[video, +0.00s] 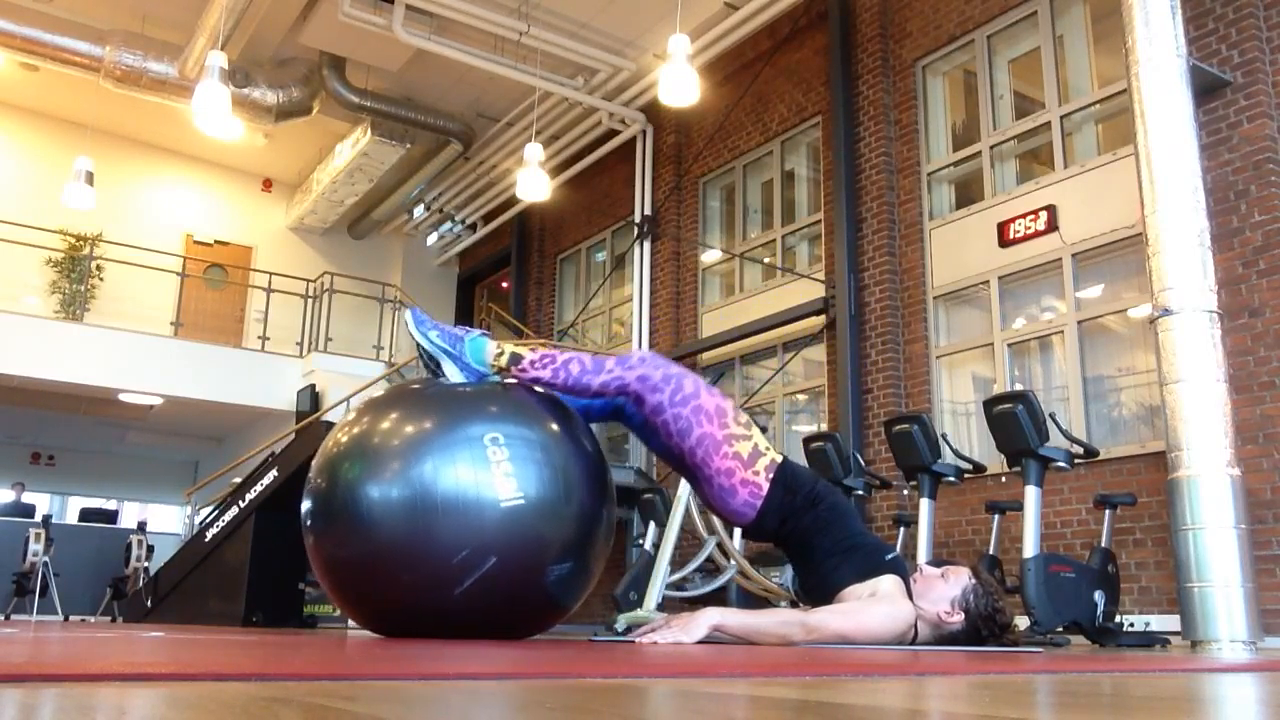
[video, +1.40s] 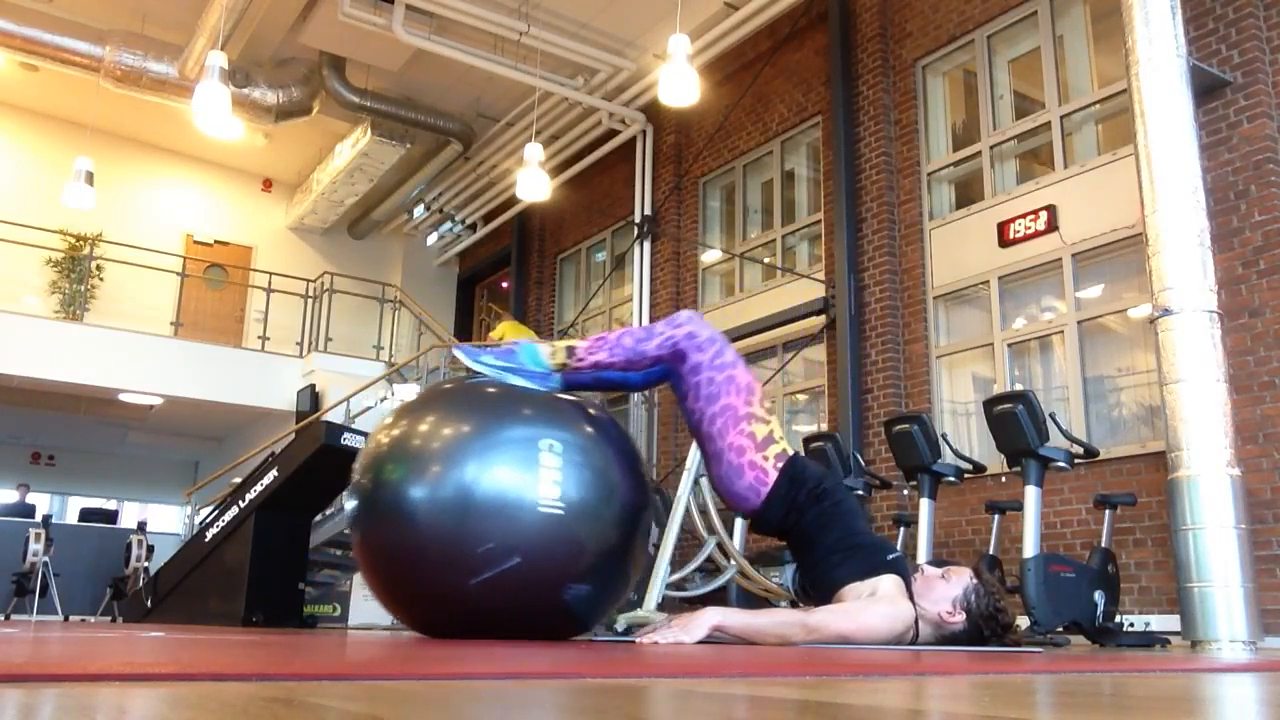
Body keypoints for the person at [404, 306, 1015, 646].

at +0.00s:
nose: (936, 569)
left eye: (949, 581)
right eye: (949, 569)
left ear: (946, 616)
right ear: (942, 595)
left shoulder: (895, 609)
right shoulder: (891, 592)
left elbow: (804, 627)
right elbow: (802, 622)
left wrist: (709, 619)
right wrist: (713, 621)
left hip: (756, 488)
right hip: (766, 475)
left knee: (644, 372)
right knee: (650, 372)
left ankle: (487, 358)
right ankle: (512, 379)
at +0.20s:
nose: (935, 569)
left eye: (947, 580)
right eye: (948, 568)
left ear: (943, 615)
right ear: (943, 604)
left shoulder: (892, 609)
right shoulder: (891, 595)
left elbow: (805, 628)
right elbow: (803, 622)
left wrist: (709, 620)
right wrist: (712, 621)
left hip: (755, 480)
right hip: (767, 473)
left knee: (688, 327)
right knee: (690, 339)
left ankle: (535, 362)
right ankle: (559, 383)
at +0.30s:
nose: (940, 566)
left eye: (949, 577)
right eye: (953, 569)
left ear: (944, 613)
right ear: (944, 602)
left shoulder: (888, 613)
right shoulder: (894, 598)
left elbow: (792, 629)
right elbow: (794, 625)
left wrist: (705, 623)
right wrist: (710, 621)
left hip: (757, 481)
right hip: (774, 473)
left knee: (726, 320)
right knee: (733, 322)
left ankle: (583, 369)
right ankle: (601, 377)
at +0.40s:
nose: (940, 563)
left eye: (950, 577)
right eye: (950, 567)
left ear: (946, 614)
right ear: (944, 608)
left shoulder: (891, 612)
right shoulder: (901, 598)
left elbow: (803, 626)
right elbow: (801, 626)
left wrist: (710, 620)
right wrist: (711, 622)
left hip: (762, 477)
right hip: (786, 474)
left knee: (768, 307)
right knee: (769, 321)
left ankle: (631, 366)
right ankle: (637, 376)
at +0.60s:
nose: (931, 570)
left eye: (944, 579)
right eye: (945, 570)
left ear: (949, 613)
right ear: (948, 611)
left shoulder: (893, 615)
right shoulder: (909, 605)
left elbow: (800, 628)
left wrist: (712, 621)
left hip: (786, 461)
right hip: (810, 464)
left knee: (839, 303)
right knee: (824, 332)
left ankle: (702, 357)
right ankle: (700, 375)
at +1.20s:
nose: (941, 563)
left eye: (951, 577)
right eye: (952, 567)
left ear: (948, 616)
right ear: (945, 605)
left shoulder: (892, 613)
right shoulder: (902, 596)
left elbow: (801, 626)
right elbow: (799, 625)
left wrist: (712, 620)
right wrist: (713, 623)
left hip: (766, 472)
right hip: (788, 467)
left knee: (756, 308)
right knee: (759, 319)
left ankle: (620, 365)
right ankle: (625, 372)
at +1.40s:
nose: (937, 569)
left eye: (948, 581)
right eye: (950, 569)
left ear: (945, 615)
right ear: (945, 603)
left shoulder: (891, 610)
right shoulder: (894, 595)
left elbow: (808, 628)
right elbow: (808, 621)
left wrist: (711, 618)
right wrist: (720, 620)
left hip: (762, 479)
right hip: (779, 470)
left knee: (688, 329)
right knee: (694, 335)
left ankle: (550, 364)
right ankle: (563, 370)